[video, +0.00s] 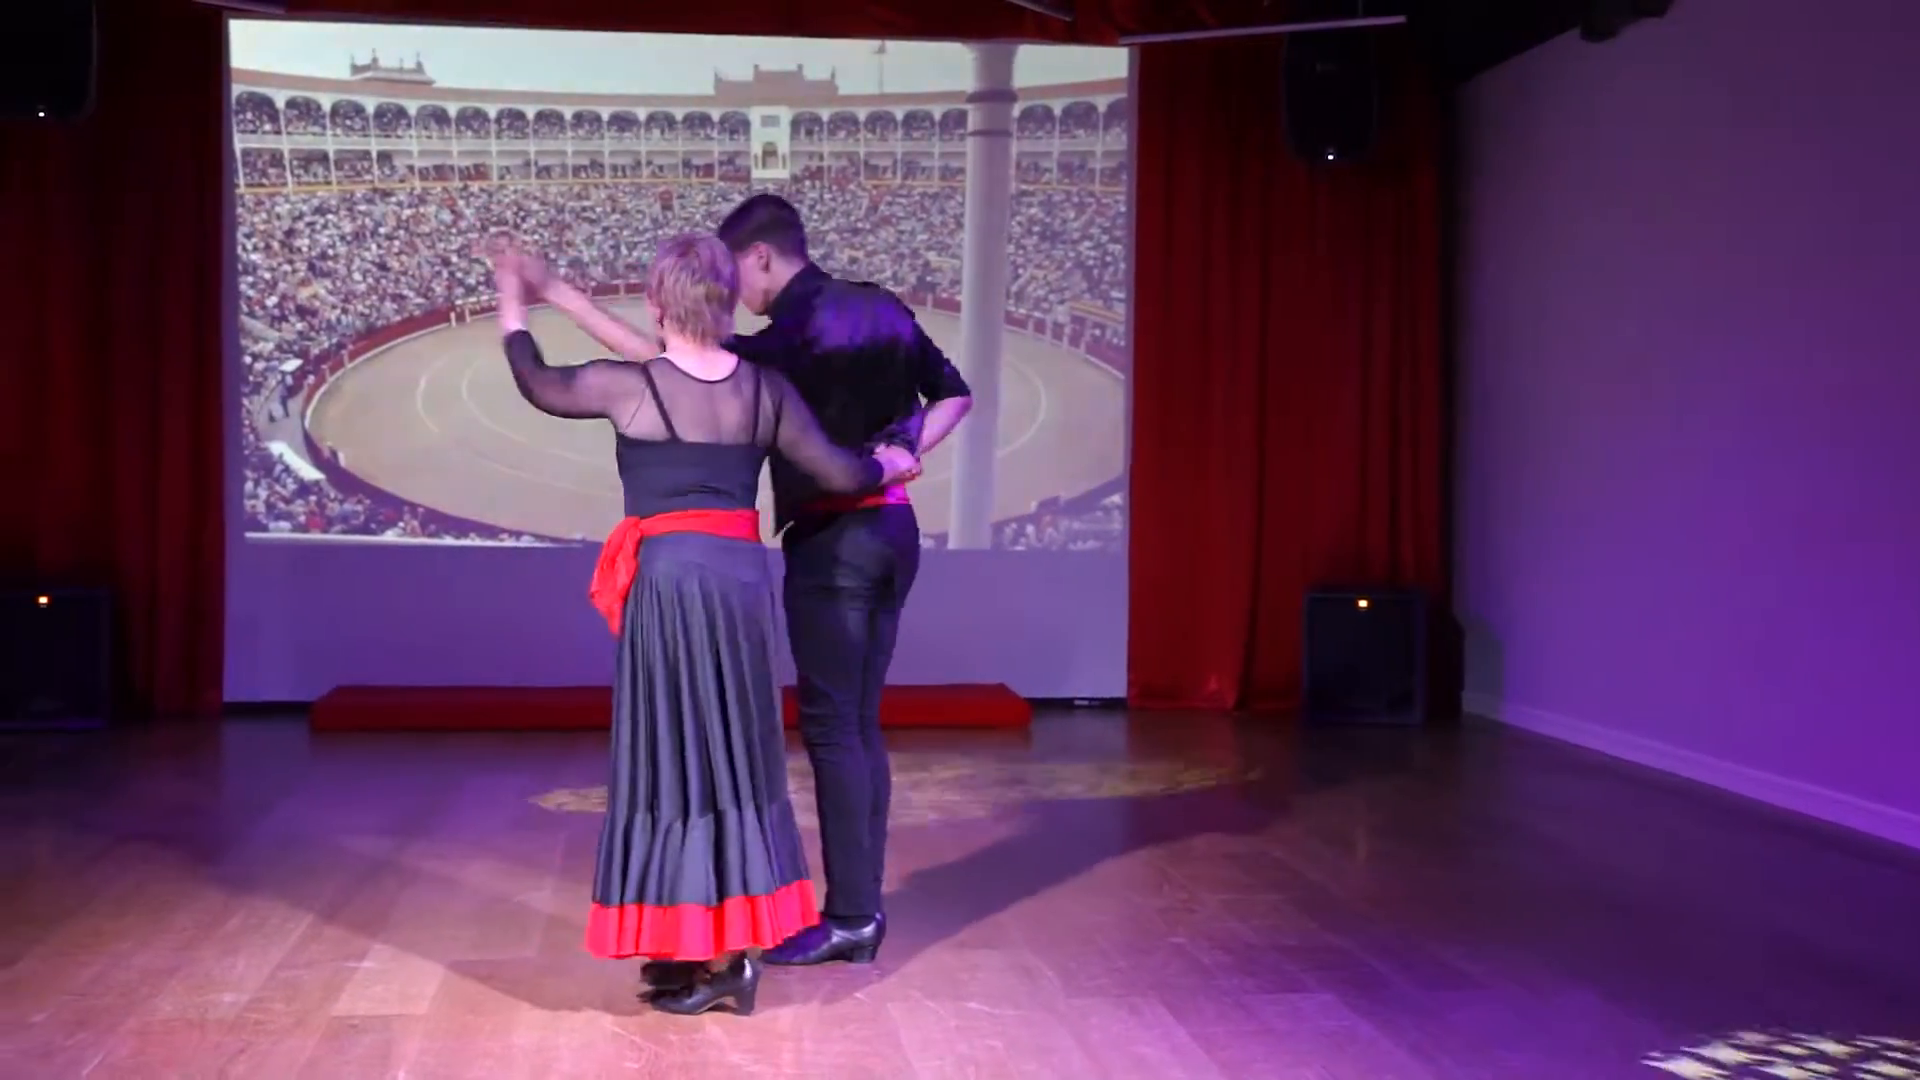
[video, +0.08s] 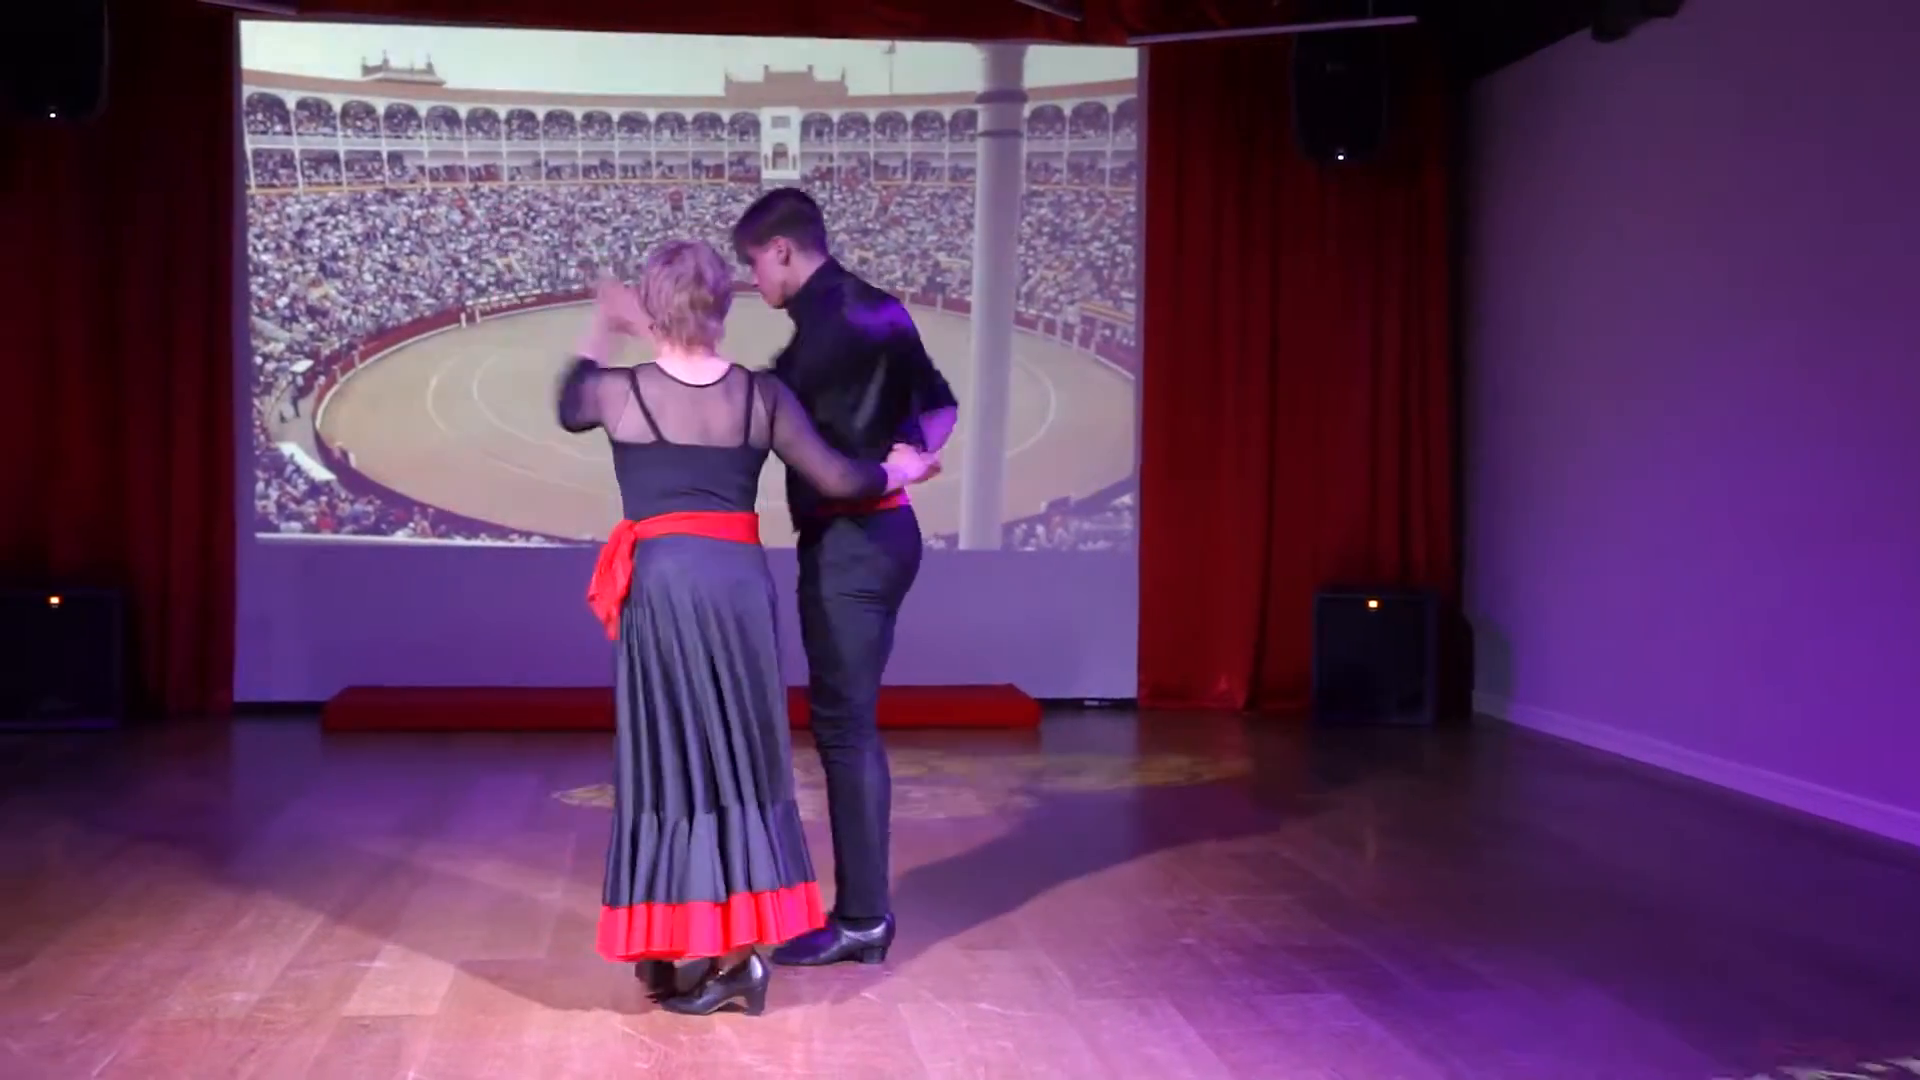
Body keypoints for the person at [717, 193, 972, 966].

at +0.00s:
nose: (734, 285)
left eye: (736, 269)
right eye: (732, 270)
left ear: (764, 258)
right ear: (794, 252)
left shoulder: (782, 336)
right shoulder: (882, 308)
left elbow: (665, 358)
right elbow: (955, 395)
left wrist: (561, 293)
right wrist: (906, 453)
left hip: (832, 538)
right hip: (892, 528)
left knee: (830, 728)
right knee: (859, 724)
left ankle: (850, 916)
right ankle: (861, 904)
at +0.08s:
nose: (752, 280)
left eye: (755, 263)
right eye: (749, 265)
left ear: (786, 251)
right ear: (807, 247)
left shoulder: (822, 326)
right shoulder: (879, 309)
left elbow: (758, 414)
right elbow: (937, 412)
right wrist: (900, 466)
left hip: (845, 543)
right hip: (878, 534)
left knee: (844, 731)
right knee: (848, 727)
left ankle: (862, 917)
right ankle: (864, 909)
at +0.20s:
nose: (775, 273)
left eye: (777, 256)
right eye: (772, 257)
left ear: (811, 244)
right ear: (816, 242)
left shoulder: (870, 312)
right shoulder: (853, 307)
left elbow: (873, 434)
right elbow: (884, 414)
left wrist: (794, 389)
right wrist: (931, 469)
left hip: (868, 547)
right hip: (850, 542)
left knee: (859, 730)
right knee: (844, 725)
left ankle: (878, 916)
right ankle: (871, 905)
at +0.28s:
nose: (785, 270)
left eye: (788, 253)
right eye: (781, 255)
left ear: (823, 239)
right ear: (823, 241)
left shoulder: (902, 304)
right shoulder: (844, 315)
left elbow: (940, 410)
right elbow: (869, 422)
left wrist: (836, 376)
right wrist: (938, 483)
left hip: (882, 535)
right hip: (848, 534)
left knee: (866, 727)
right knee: (848, 724)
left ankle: (889, 917)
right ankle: (878, 903)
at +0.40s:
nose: (802, 260)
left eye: (804, 243)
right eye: (800, 246)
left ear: (836, 233)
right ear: (839, 234)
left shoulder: (906, 297)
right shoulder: (851, 313)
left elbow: (965, 357)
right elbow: (828, 452)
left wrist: (846, 338)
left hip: (890, 534)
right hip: (862, 535)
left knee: (879, 724)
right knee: (870, 721)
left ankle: (901, 914)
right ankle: (891, 903)